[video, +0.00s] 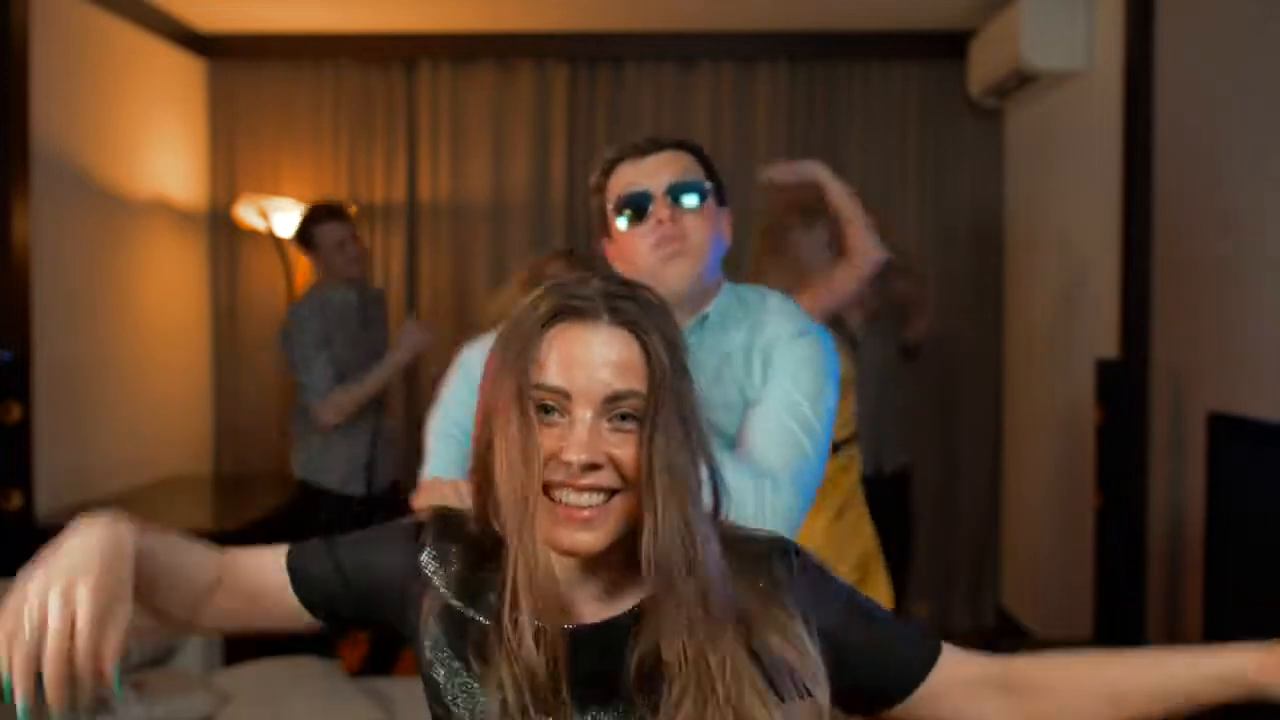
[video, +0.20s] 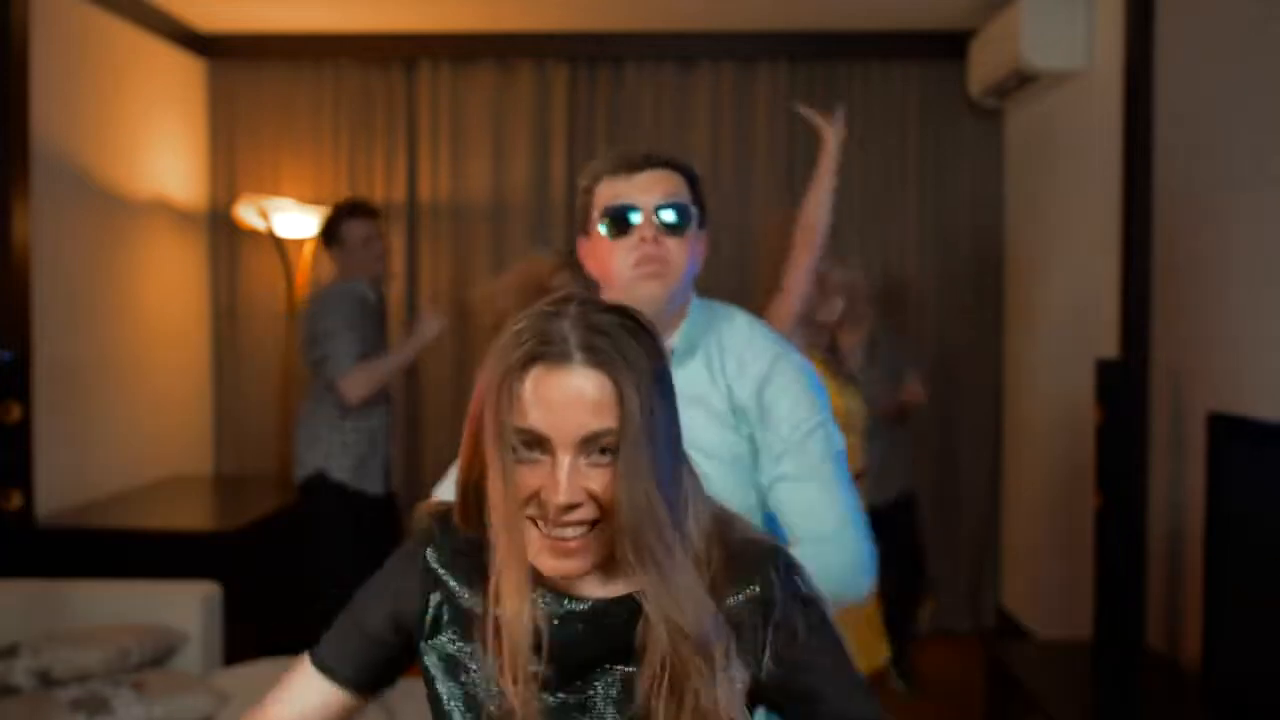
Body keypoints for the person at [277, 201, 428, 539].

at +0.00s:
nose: (356, 251)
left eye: (355, 240)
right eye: (340, 246)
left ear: (360, 239)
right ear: (316, 258)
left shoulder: (372, 302)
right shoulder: (307, 317)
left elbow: (386, 388)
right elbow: (327, 411)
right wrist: (400, 354)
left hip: (379, 479)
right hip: (330, 487)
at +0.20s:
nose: (377, 248)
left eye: (378, 238)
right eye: (364, 242)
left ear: (382, 242)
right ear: (338, 251)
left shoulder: (366, 300)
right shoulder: (340, 300)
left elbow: (356, 382)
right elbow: (352, 387)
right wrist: (417, 341)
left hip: (362, 471)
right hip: (338, 473)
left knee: (365, 589)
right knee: (348, 591)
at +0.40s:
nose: (407, 256)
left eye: (406, 246)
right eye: (395, 246)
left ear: (390, 254)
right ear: (367, 254)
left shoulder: (373, 306)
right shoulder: (358, 304)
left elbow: (355, 384)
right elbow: (348, 386)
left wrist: (416, 380)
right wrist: (417, 381)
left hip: (357, 474)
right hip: (339, 474)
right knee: (349, 590)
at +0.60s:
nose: (421, 276)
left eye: (422, 266)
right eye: (413, 265)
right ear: (381, 268)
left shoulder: (402, 330)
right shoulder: (356, 315)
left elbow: (401, 411)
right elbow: (317, 392)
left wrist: (417, 436)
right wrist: (386, 452)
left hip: (370, 485)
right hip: (334, 483)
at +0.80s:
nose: (417, 267)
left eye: (419, 258)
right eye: (408, 256)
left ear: (418, 264)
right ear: (379, 259)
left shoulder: (409, 323)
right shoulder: (343, 308)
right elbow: (272, 361)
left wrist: (414, 444)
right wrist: (323, 438)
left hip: (394, 481)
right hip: (339, 481)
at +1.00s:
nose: (403, 248)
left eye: (406, 239)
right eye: (393, 237)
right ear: (362, 239)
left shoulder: (395, 312)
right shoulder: (324, 297)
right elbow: (236, 343)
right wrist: (294, 409)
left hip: (388, 470)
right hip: (335, 470)